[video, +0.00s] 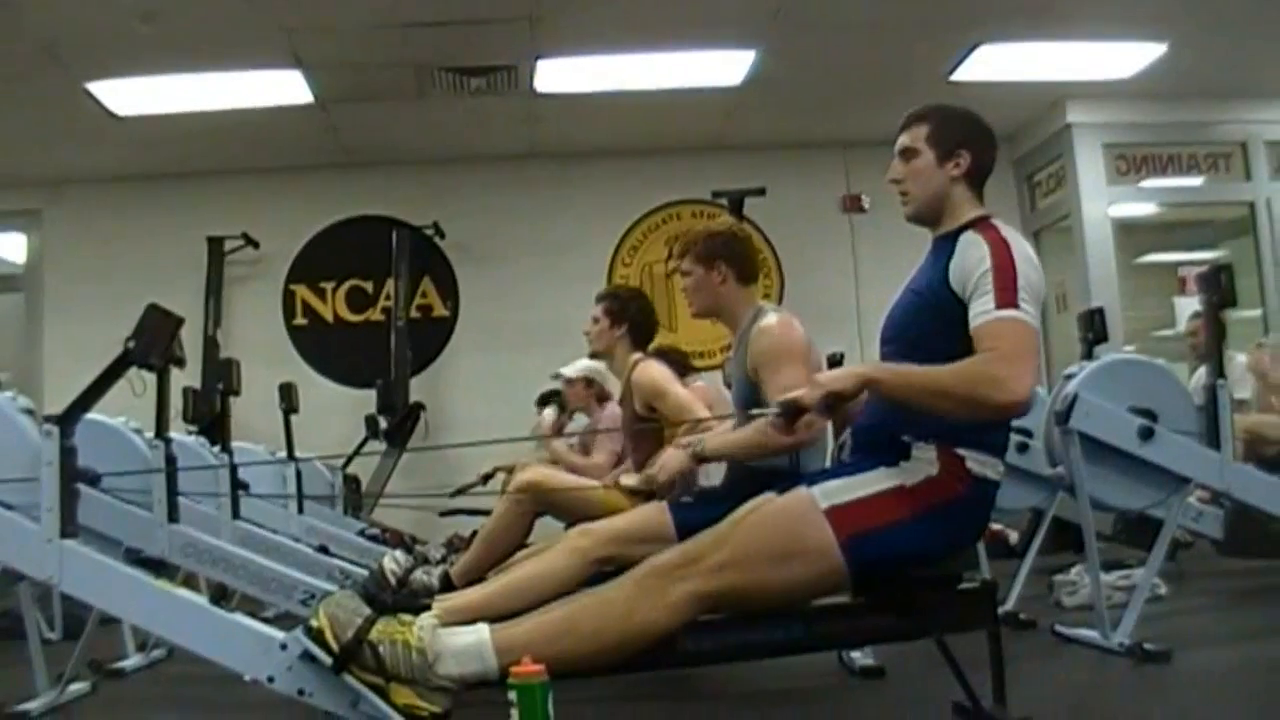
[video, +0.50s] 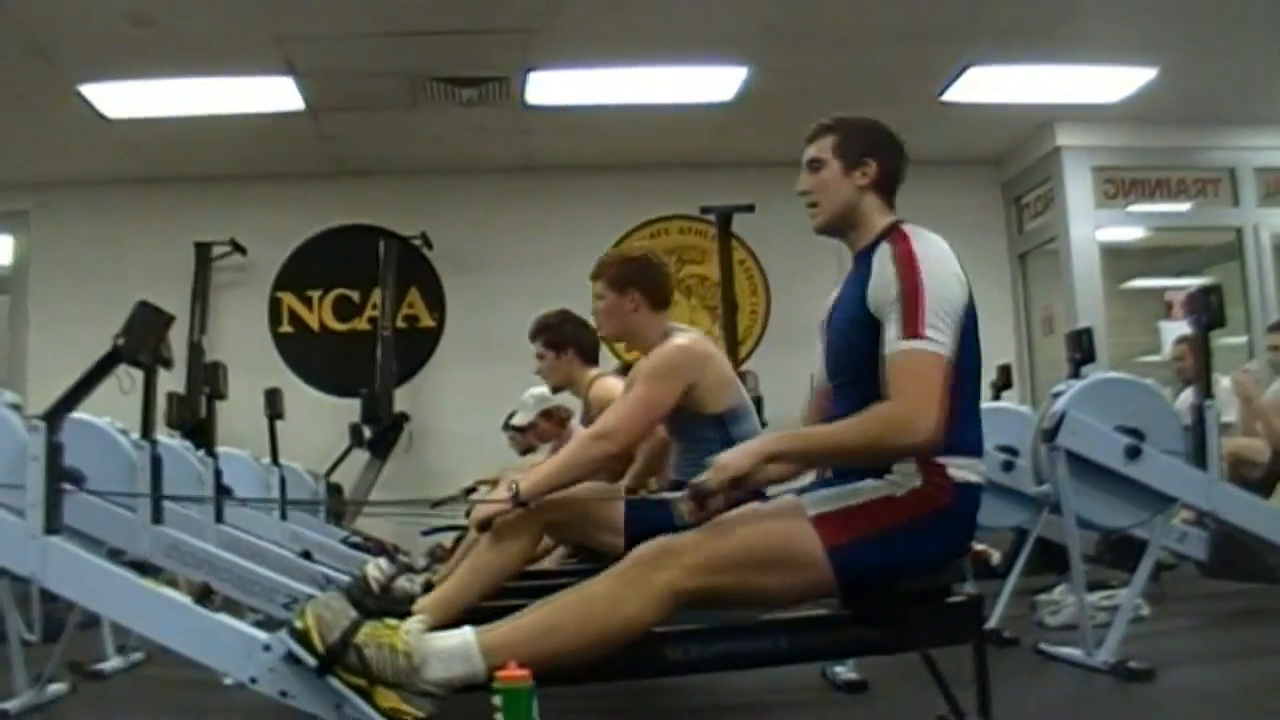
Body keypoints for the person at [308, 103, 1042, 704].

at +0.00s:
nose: (895, 178)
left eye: (908, 160)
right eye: (896, 162)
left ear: (959, 164)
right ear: (942, 168)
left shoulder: (987, 245)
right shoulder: (944, 259)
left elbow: (1011, 381)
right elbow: (908, 400)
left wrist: (869, 376)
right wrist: (829, 417)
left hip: (933, 478)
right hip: (887, 471)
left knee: (696, 573)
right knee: (665, 556)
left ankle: (455, 661)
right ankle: (452, 649)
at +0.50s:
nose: (803, 186)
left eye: (816, 169)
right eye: (802, 173)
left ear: (869, 173)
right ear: (852, 184)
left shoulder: (911, 254)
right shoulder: (858, 285)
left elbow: (913, 421)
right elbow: (826, 425)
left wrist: (771, 450)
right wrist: (752, 472)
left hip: (914, 493)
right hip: (865, 488)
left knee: (673, 564)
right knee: (657, 554)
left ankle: (432, 664)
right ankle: (423, 653)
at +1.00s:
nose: (596, 158)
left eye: (610, 141)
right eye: (599, 144)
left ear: (660, 147)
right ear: (656, 152)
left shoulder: (713, 221)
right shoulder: (684, 231)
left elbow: (588, 375)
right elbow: (596, 370)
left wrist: (454, 463)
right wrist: (460, 455)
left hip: (812, 451)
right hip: (767, 440)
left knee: (575, 405)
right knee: (556, 405)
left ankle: (438, 608)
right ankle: (431, 592)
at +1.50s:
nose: (529, 171)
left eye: (541, 154)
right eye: (532, 155)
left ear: (583, 158)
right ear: (588, 162)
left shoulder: (640, 233)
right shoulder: (621, 240)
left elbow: (506, 383)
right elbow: (523, 403)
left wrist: (377, 466)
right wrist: (416, 474)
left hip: (759, 460)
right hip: (741, 455)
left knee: (550, 360)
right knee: (545, 363)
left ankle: (534, 586)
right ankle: (533, 575)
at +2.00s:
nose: (662, 144)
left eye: (678, 128)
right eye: (667, 129)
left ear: (725, 135)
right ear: (723, 138)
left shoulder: (765, 216)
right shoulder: (728, 225)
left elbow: (629, 360)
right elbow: (628, 357)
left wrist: (482, 422)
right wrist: (494, 431)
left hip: (854, 453)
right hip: (811, 445)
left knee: (631, 370)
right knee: (613, 377)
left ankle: (540, 594)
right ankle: (531, 581)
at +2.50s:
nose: (879, 125)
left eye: (896, 107)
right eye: (883, 111)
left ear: (950, 117)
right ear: (939, 122)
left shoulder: (983, 202)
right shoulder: (944, 210)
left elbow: (842, 322)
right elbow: (826, 316)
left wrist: (679, 369)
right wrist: (681, 377)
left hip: (1014, 440)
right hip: (969, 436)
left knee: (753, 457)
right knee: (730, 458)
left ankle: (548, 605)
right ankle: (539, 596)